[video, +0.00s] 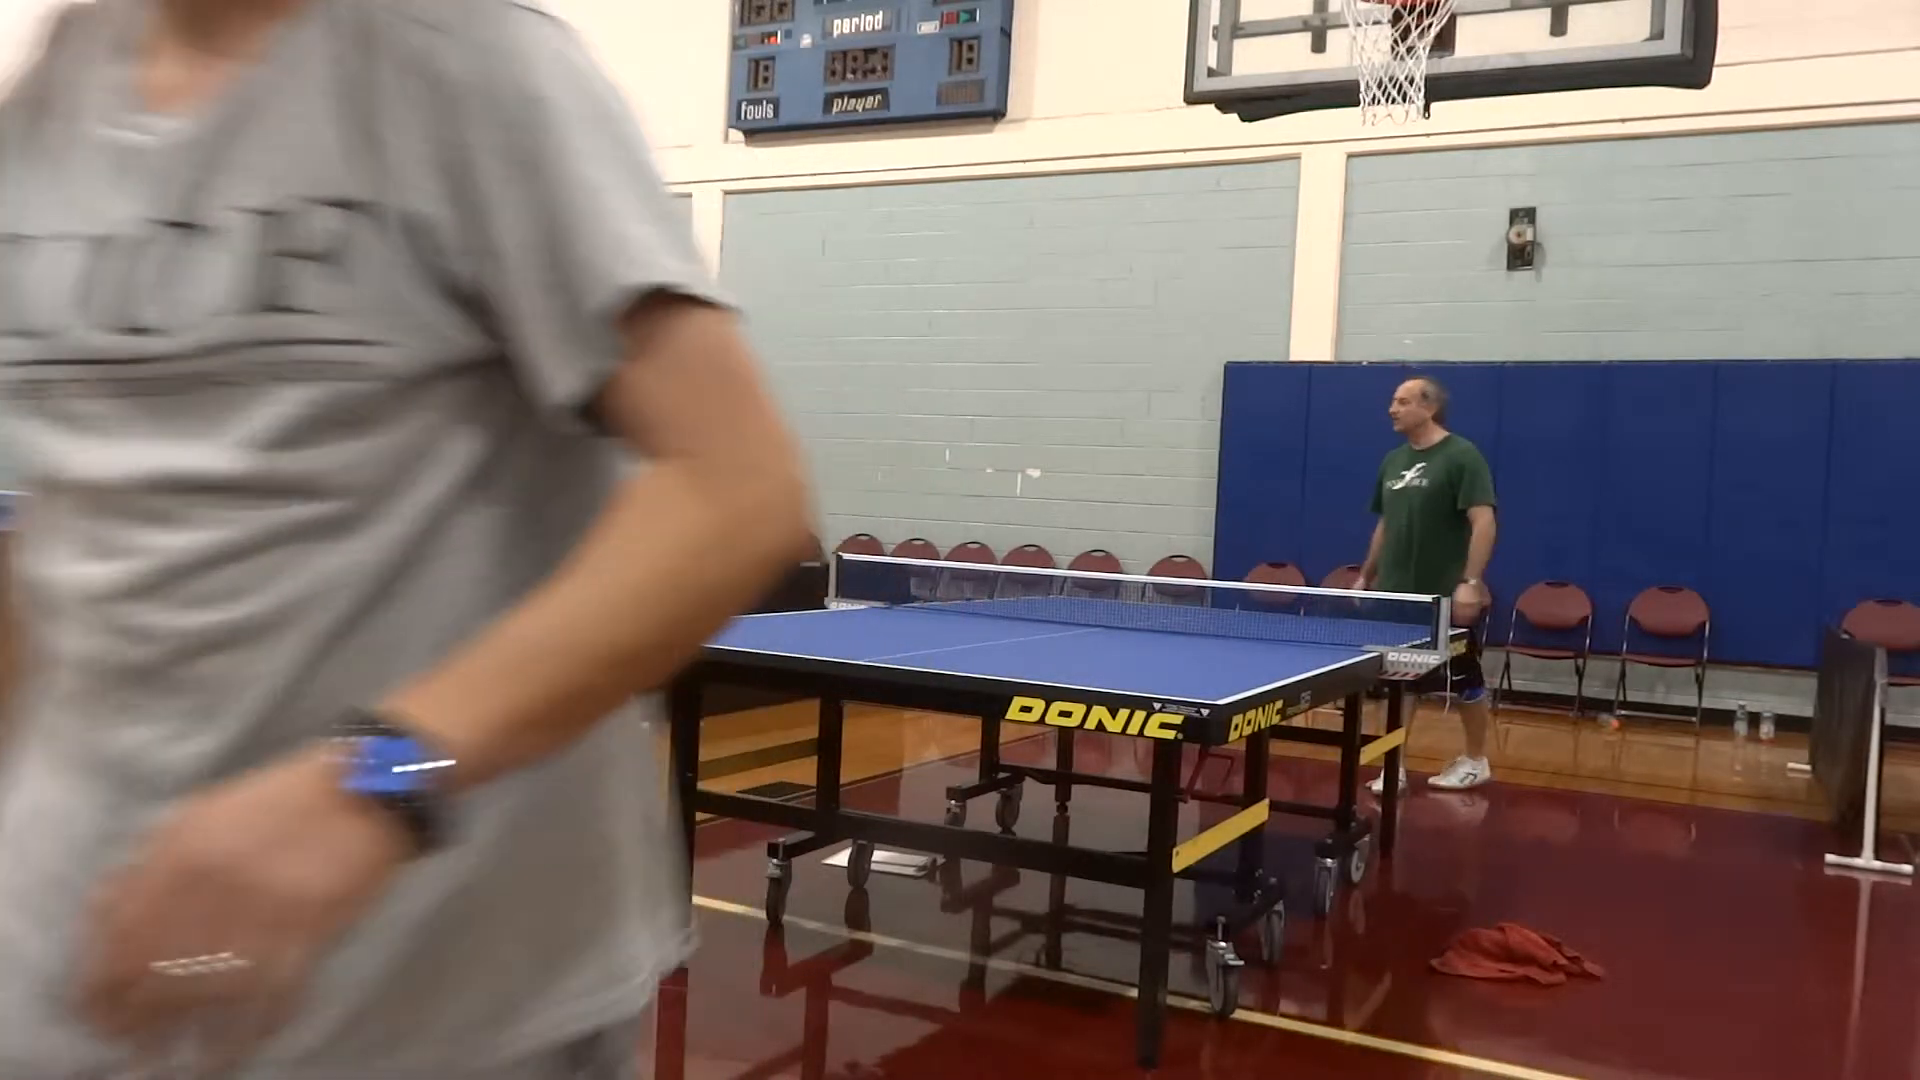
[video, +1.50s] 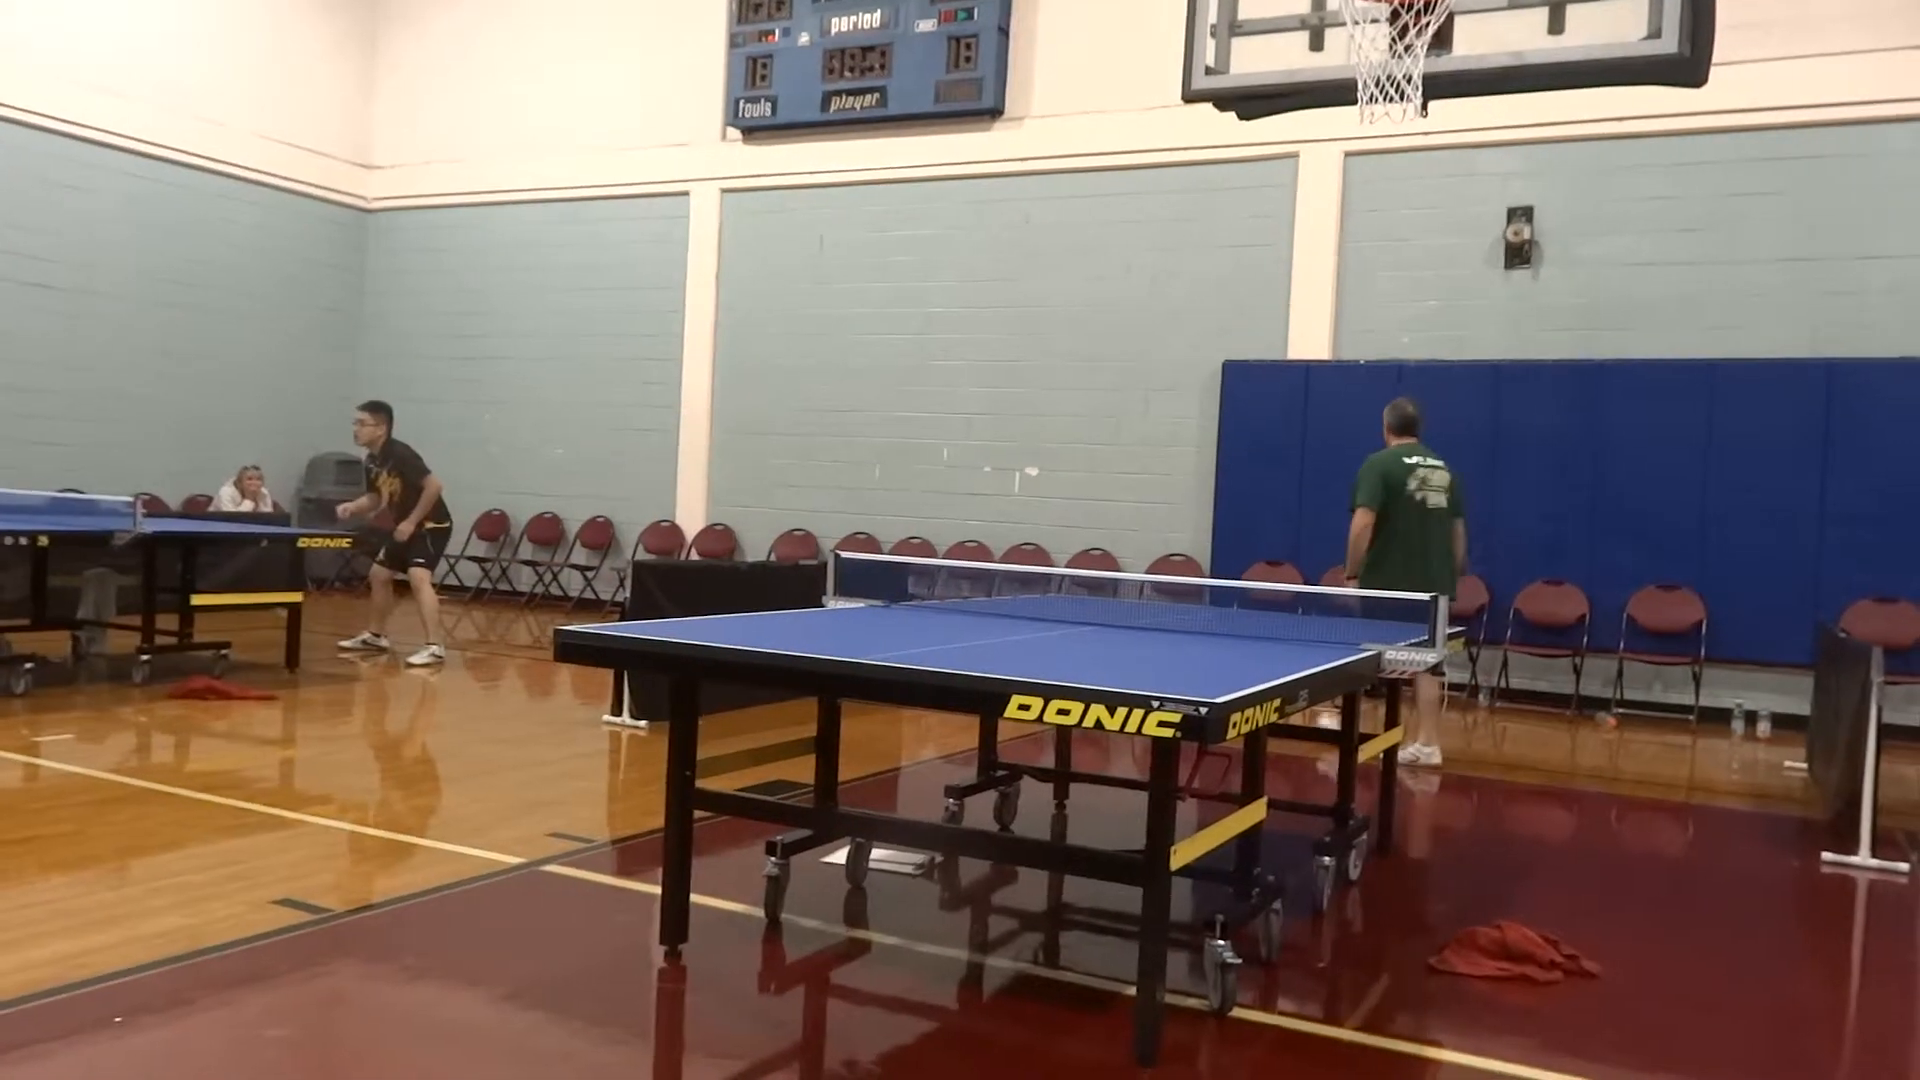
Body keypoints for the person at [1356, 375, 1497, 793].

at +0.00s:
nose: (1393, 409)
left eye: (1403, 402)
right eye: (1394, 402)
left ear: (1429, 409)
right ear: (1401, 409)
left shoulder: (1462, 456)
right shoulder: (1394, 459)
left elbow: (1484, 523)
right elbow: (1386, 525)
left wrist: (1472, 582)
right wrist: (1365, 574)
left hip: (1446, 600)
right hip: (1395, 598)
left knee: (1467, 684)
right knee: (1399, 686)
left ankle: (1476, 760)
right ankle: (1393, 767)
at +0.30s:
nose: (1417, 411)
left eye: (1426, 407)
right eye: (1419, 404)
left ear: (1452, 417)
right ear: (1436, 415)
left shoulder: (1478, 465)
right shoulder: (1421, 454)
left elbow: (1475, 539)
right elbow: (1412, 517)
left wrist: (1436, 589)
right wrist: (1391, 559)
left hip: (1466, 601)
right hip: (1414, 595)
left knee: (1479, 686)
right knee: (1406, 679)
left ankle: (1477, 764)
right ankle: (1392, 757)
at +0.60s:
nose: (1415, 410)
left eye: (1424, 404)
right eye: (1419, 403)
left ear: (1447, 414)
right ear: (1443, 414)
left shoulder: (1472, 463)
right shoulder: (1431, 457)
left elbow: (1484, 536)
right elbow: (1427, 528)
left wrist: (1482, 597)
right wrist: (1413, 584)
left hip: (1455, 596)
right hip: (1420, 591)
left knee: (1471, 680)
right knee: (1421, 670)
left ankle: (1477, 764)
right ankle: (1420, 743)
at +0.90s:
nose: (1407, 415)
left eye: (1412, 409)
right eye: (1410, 408)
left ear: (1427, 417)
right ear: (1437, 418)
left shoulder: (1444, 460)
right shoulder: (1440, 457)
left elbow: (1445, 526)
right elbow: (1445, 527)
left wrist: (1432, 583)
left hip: (1433, 592)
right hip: (1419, 591)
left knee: (1447, 673)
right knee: (1423, 672)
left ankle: (1464, 753)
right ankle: (1425, 747)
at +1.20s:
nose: (1398, 427)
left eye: (1399, 421)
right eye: (1400, 420)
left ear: (1406, 424)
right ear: (1435, 426)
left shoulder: (1416, 461)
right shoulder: (1452, 462)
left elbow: (1403, 518)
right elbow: (1445, 528)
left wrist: (1362, 559)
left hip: (1411, 585)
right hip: (1440, 584)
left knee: (1413, 667)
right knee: (1430, 668)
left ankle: (1415, 743)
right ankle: (1427, 745)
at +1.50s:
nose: (1383, 432)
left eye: (1383, 427)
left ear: (1386, 428)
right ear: (1419, 429)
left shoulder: (1379, 464)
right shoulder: (1444, 468)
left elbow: (1363, 524)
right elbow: (1457, 530)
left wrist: (1351, 572)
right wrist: (1454, 572)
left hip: (1386, 587)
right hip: (1434, 588)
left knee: (1362, 653)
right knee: (1429, 667)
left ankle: (1335, 708)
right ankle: (1427, 744)